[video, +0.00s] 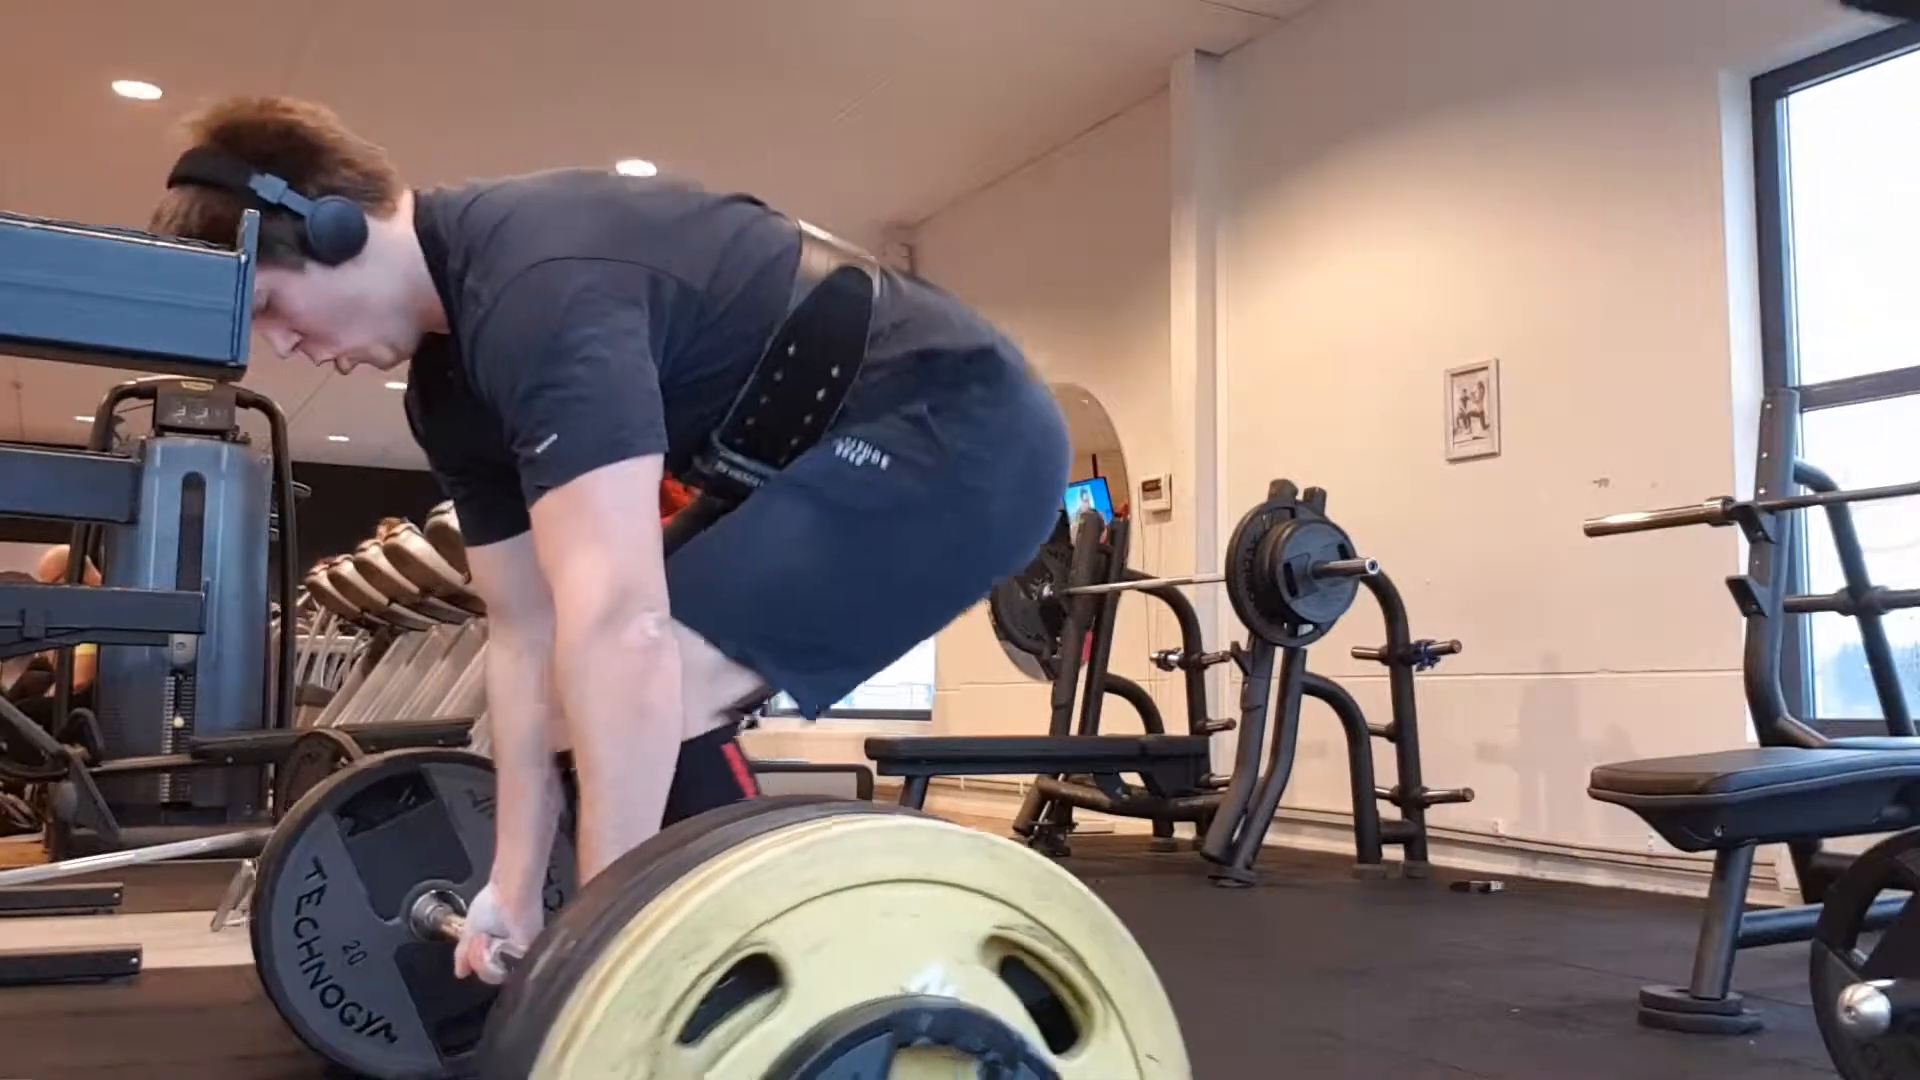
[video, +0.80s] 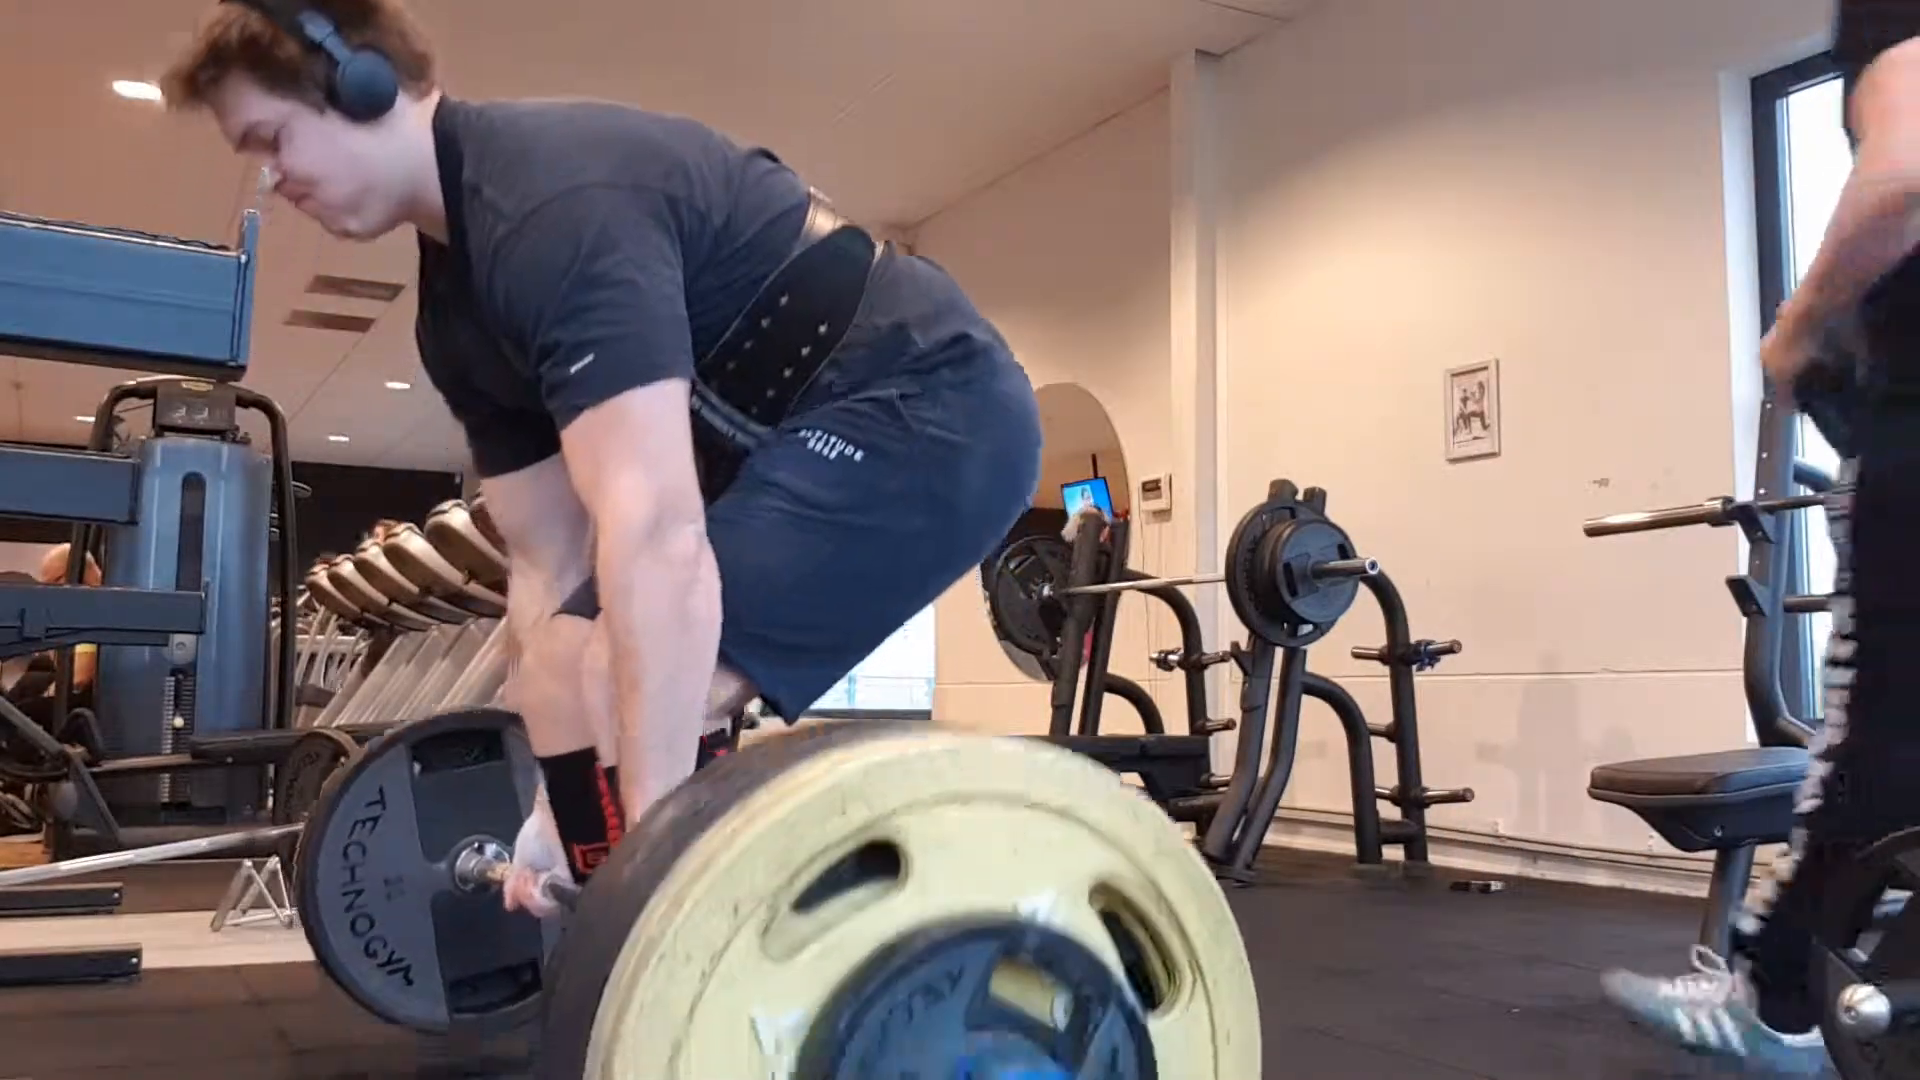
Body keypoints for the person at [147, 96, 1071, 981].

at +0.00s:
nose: (283, 348)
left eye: (271, 308)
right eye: (259, 331)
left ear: (318, 227)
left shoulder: (541, 281)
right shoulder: (448, 377)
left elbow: (623, 626)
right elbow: (523, 632)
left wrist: (618, 932)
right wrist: (511, 889)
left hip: (943, 417)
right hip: (853, 446)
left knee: (636, 694)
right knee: (603, 699)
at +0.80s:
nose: (269, 185)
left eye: (270, 141)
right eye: (251, 161)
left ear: (358, 78)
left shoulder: (562, 205)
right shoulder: (455, 307)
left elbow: (659, 537)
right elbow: (546, 555)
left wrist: (656, 856)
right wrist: (552, 812)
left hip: (919, 404)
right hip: (808, 437)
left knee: (627, 690)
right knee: (553, 670)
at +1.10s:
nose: (314, 4)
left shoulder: (591, 67)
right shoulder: (477, 175)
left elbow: (669, 386)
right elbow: (554, 439)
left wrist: (672, 688)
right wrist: (567, 694)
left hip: (913, 341)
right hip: (782, 384)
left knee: (734, 666)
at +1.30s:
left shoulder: (621, 8)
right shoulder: (489, 68)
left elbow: (681, 247)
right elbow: (562, 321)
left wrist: (683, 553)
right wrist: (580, 578)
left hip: (896, 311)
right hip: (755, 337)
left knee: (748, 722)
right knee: (673, 706)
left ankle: (718, 1056)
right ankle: (677, 1047)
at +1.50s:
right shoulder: (531, 17)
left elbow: (710, 98)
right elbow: (582, 199)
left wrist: (748, 405)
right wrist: (587, 467)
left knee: (688, 661)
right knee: (649, 653)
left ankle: (712, 1053)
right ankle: (679, 1042)